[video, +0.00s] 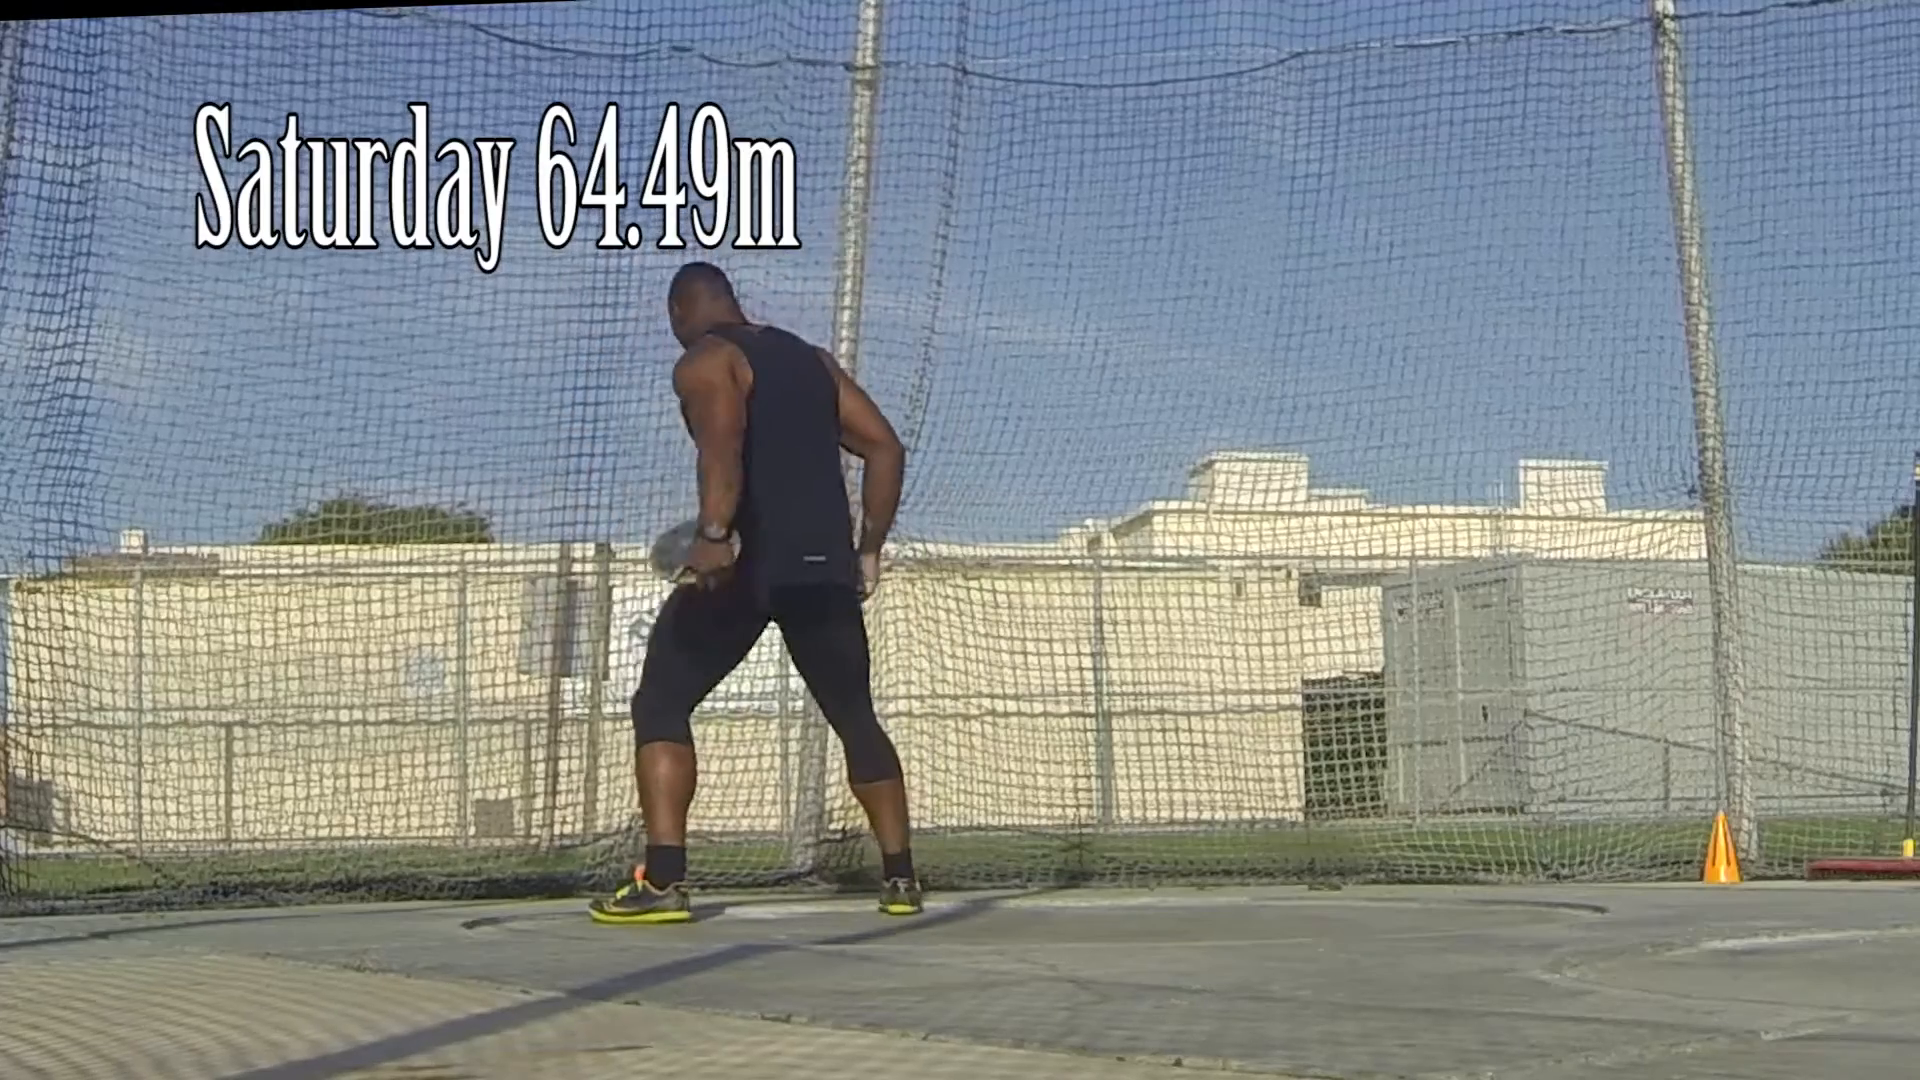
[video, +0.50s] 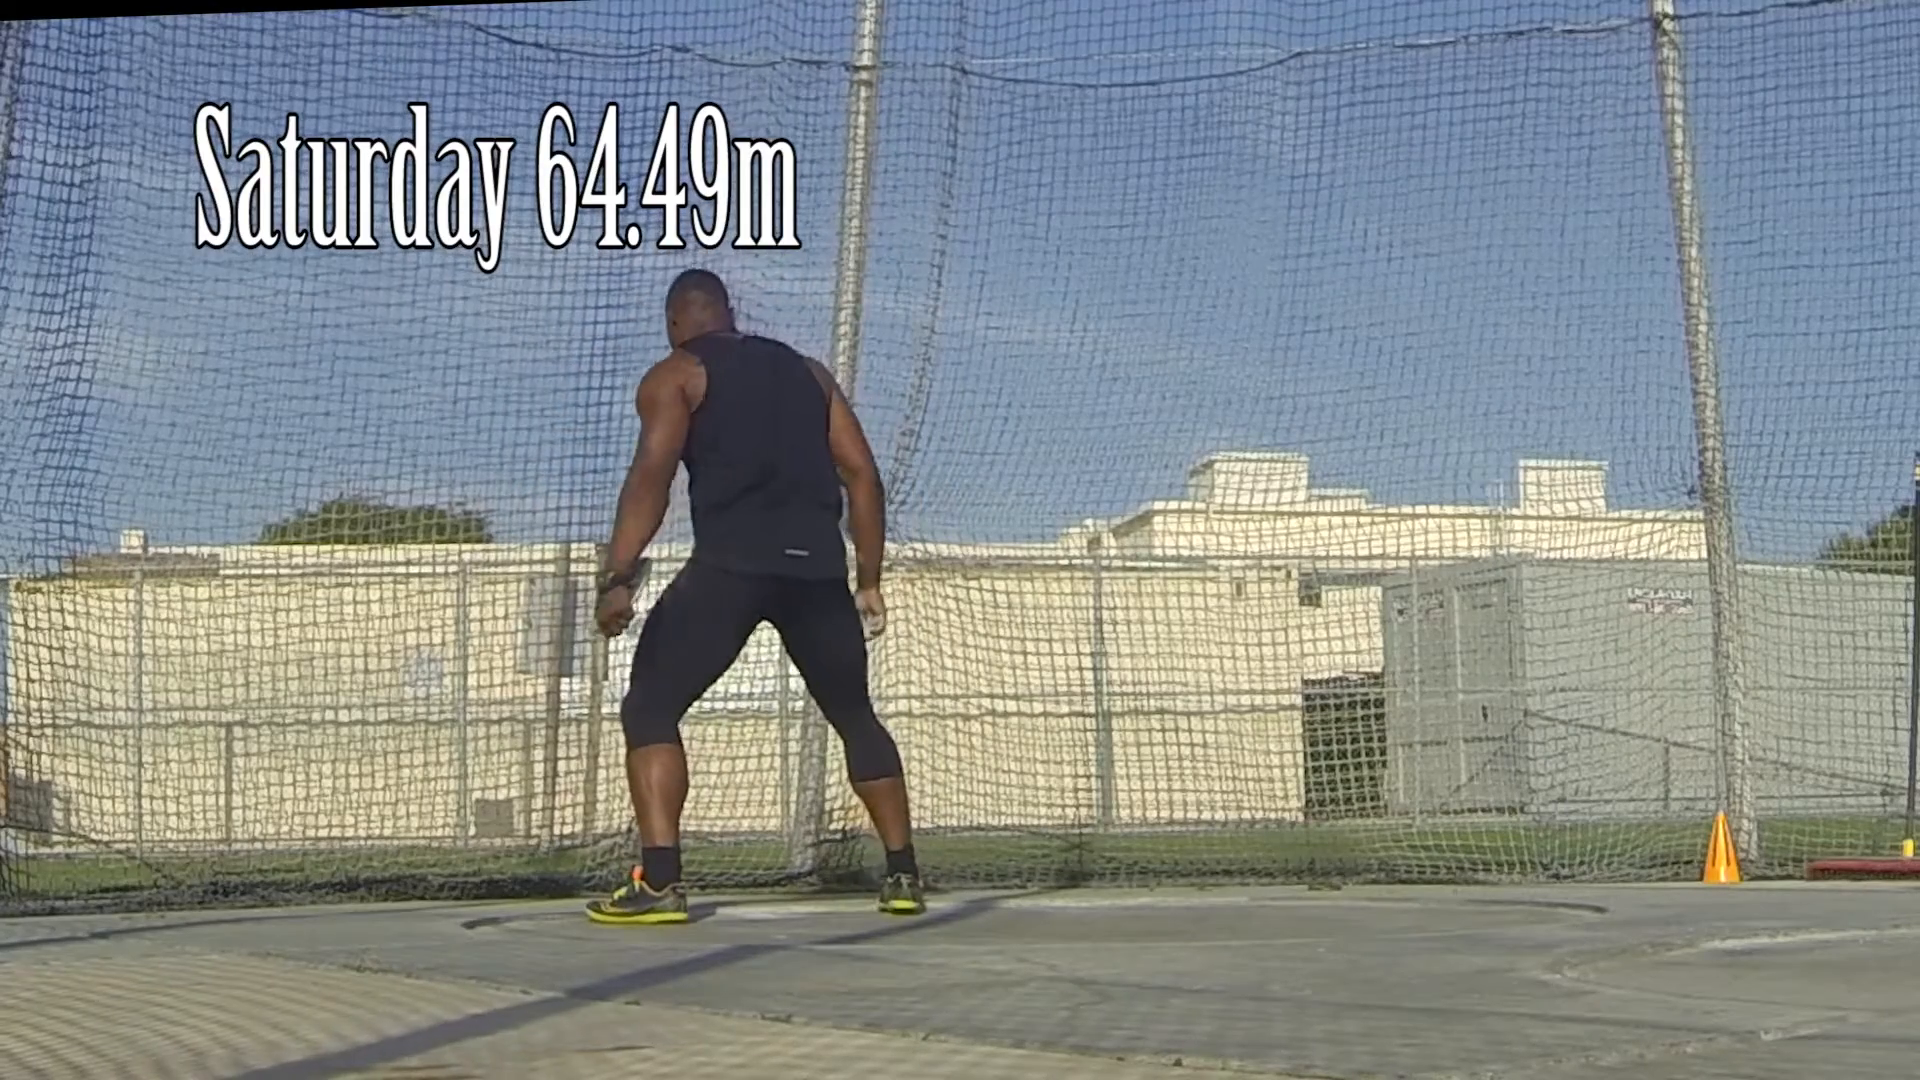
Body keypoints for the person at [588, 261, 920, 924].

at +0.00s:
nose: (677, 334)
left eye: (675, 322)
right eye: (675, 324)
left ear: (685, 313)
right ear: (733, 303)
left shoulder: (703, 358)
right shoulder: (808, 359)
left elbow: (721, 439)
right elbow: (884, 447)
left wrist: (712, 531)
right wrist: (871, 546)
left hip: (746, 568)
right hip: (827, 568)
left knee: (660, 704)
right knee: (857, 718)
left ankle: (662, 880)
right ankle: (900, 877)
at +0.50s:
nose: (671, 335)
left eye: (670, 326)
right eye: (674, 327)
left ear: (677, 322)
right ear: (731, 315)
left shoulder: (675, 375)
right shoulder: (807, 371)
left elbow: (652, 475)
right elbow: (863, 471)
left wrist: (620, 577)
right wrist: (870, 577)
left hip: (728, 570)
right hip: (819, 574)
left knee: (650, 709)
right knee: (856, 715)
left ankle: (659, 882)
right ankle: (903, 873)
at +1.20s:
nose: (794, 301)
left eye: (794, 292)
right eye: (805, 293)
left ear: (796, 294)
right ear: (856, 300)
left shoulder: (768, 352)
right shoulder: (889, 377)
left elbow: (707, 450)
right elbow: (852, 458)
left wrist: (708, 484)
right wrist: (770, 475)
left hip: (764, 559)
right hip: (844, 571)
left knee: (701, 701)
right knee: (854, 718)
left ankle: (661, 869)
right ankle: (899, 875)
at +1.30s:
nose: (822, 306)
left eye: (817, 294)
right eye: (851, 299)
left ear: (814, 296)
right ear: (874, 306)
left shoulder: (787, 351)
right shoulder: (905, 389)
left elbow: (722, 443)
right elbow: (866, 466)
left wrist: (720, 497)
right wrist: (787, 496)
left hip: (773, 557)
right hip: (851, 573)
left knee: (696, 694)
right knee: (853, 718)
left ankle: (659, 863)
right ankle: (898, 876)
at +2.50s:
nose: (642, 280)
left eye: (646, 267)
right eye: (643, 268)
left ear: (674, 263)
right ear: (705, 262)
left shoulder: (688, 352)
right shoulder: (741, 333)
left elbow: (623, 466)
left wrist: (553, 474)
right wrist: (561, 432)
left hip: (730, 553)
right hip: (798, 543)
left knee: (659, 699)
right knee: (825, 690)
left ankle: (666, 880)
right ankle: (908, 841)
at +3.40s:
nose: (701, 417)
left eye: (702, 405)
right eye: (701, 407)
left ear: (714, 396)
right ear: (757, 392)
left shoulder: (731, 421)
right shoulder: (804, 440)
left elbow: (724, 495)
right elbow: (799, 553)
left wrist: (662, 582)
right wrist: (714, 627)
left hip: (797, 586)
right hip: (876, 591)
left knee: (658, 703)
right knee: (861, 724)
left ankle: (662, 879)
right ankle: (904, 876)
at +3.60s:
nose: (785, 395)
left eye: (778, 390)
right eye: (801, 388)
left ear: (776, 392)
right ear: (836, 394)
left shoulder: (748, 422)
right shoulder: (888, 434)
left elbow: (665, 473)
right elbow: (997, 476)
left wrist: (585, 526)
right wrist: (1073, 491)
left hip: (769, 588)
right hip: (860, 592)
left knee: (662, 710)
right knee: (871, 724)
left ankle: (647, 855)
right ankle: (906, 878)